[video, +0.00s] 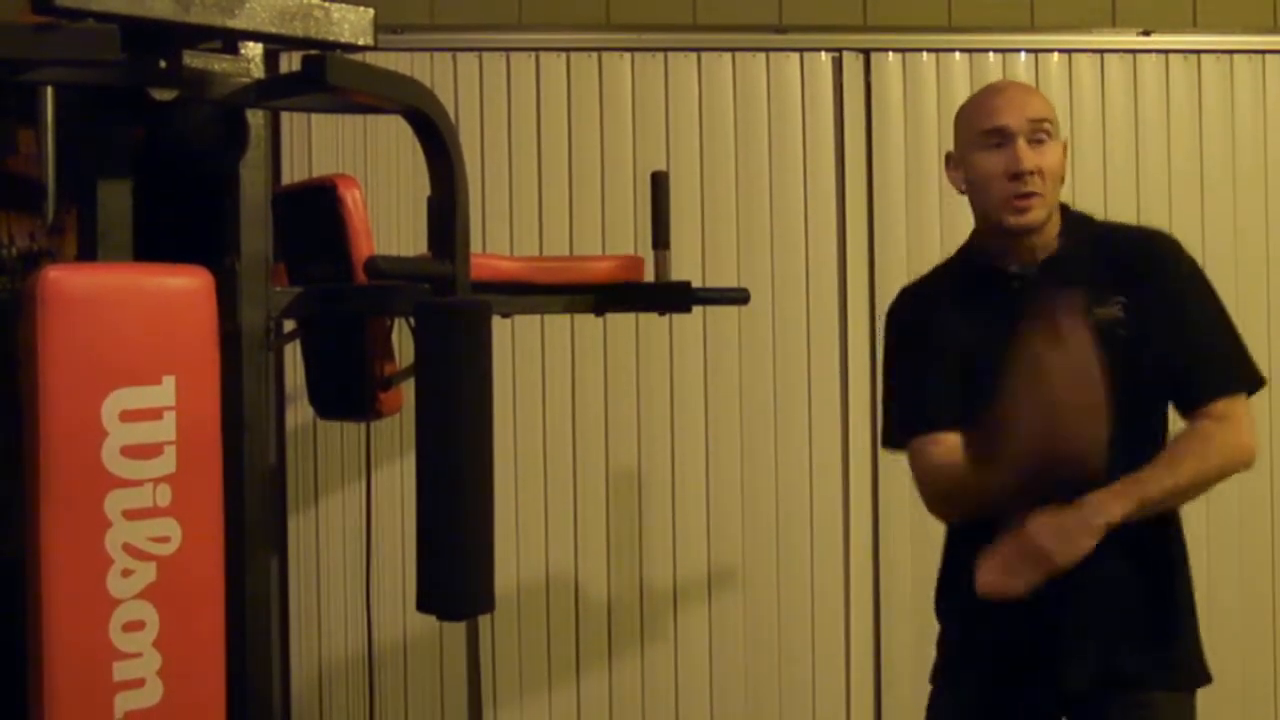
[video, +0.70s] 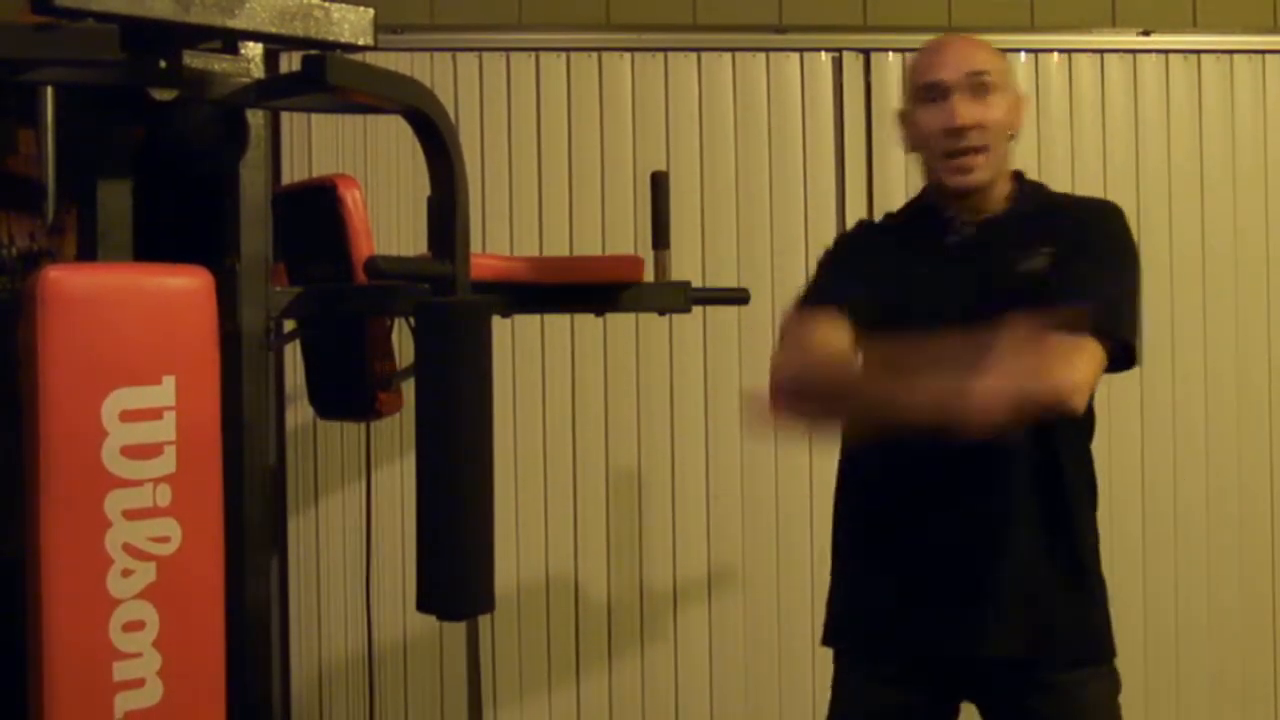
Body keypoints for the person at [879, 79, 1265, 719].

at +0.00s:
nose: (1023, 160)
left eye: (1040, 137)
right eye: (995, 142)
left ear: (1062, 156)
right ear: (957, 172)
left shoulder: (1147, 265)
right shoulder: (923, 310)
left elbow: (1231, 434)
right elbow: (943, 492)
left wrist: (1097, 512)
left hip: (1134, 646)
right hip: (992, 657)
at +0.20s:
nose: (1032, 128)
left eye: (1050, 102)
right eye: (1005, 108)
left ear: (1081, 116)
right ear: (971, 132)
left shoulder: (1148, 228)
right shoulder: (921, 262)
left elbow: (1167, 399)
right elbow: (881, 437)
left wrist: (986, 449)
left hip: (1121, 601)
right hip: (976, 604)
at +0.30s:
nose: (1022, 131)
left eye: (1042, 104)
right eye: (996, 110)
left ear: (1075, 121)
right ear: (964, 136)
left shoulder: (1135, 236)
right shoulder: (913, 260)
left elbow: (1114, 396)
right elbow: (835, 398)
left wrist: (915, 412)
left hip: (1102, 617)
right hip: (954, 619)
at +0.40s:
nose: (995, 129)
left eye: (1016, 102)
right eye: (970, 107)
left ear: (1052, 123)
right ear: (941, 134)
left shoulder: (1113, 231)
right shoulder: (898, 250)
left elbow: (1083, 375)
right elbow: (803, 351)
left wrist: (889, 374)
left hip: (1075, 619)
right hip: (924, 621)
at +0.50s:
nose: (963, 128)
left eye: (985, 99)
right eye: (938, 108)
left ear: (1025, 118)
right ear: (913, 131)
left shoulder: (1090, 229)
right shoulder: (880, 246)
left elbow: (1066, 359)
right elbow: (789, 320)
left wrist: (873, 348)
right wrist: (870, 153)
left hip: (1049, 615)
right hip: (901, 616)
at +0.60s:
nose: (943, 123)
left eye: (963, 99)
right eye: (917, 105)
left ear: (1001, 119)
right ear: (892, 135)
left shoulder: (1077, 227)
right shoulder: (857, 244)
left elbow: (1062, 359)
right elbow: (783, 317)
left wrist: (874, 349)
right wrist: (938, 211)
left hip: (1038, 614)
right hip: (888, 616)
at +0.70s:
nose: (959, 115)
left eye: (980, 90)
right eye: (933, 96)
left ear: (1016, 110)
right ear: (907, 125)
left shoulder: (1086, 230)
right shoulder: (866, 249)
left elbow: (1064, 378)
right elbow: (797, 375)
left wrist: (858, 381)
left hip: (1044, 620)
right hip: (890, 621)